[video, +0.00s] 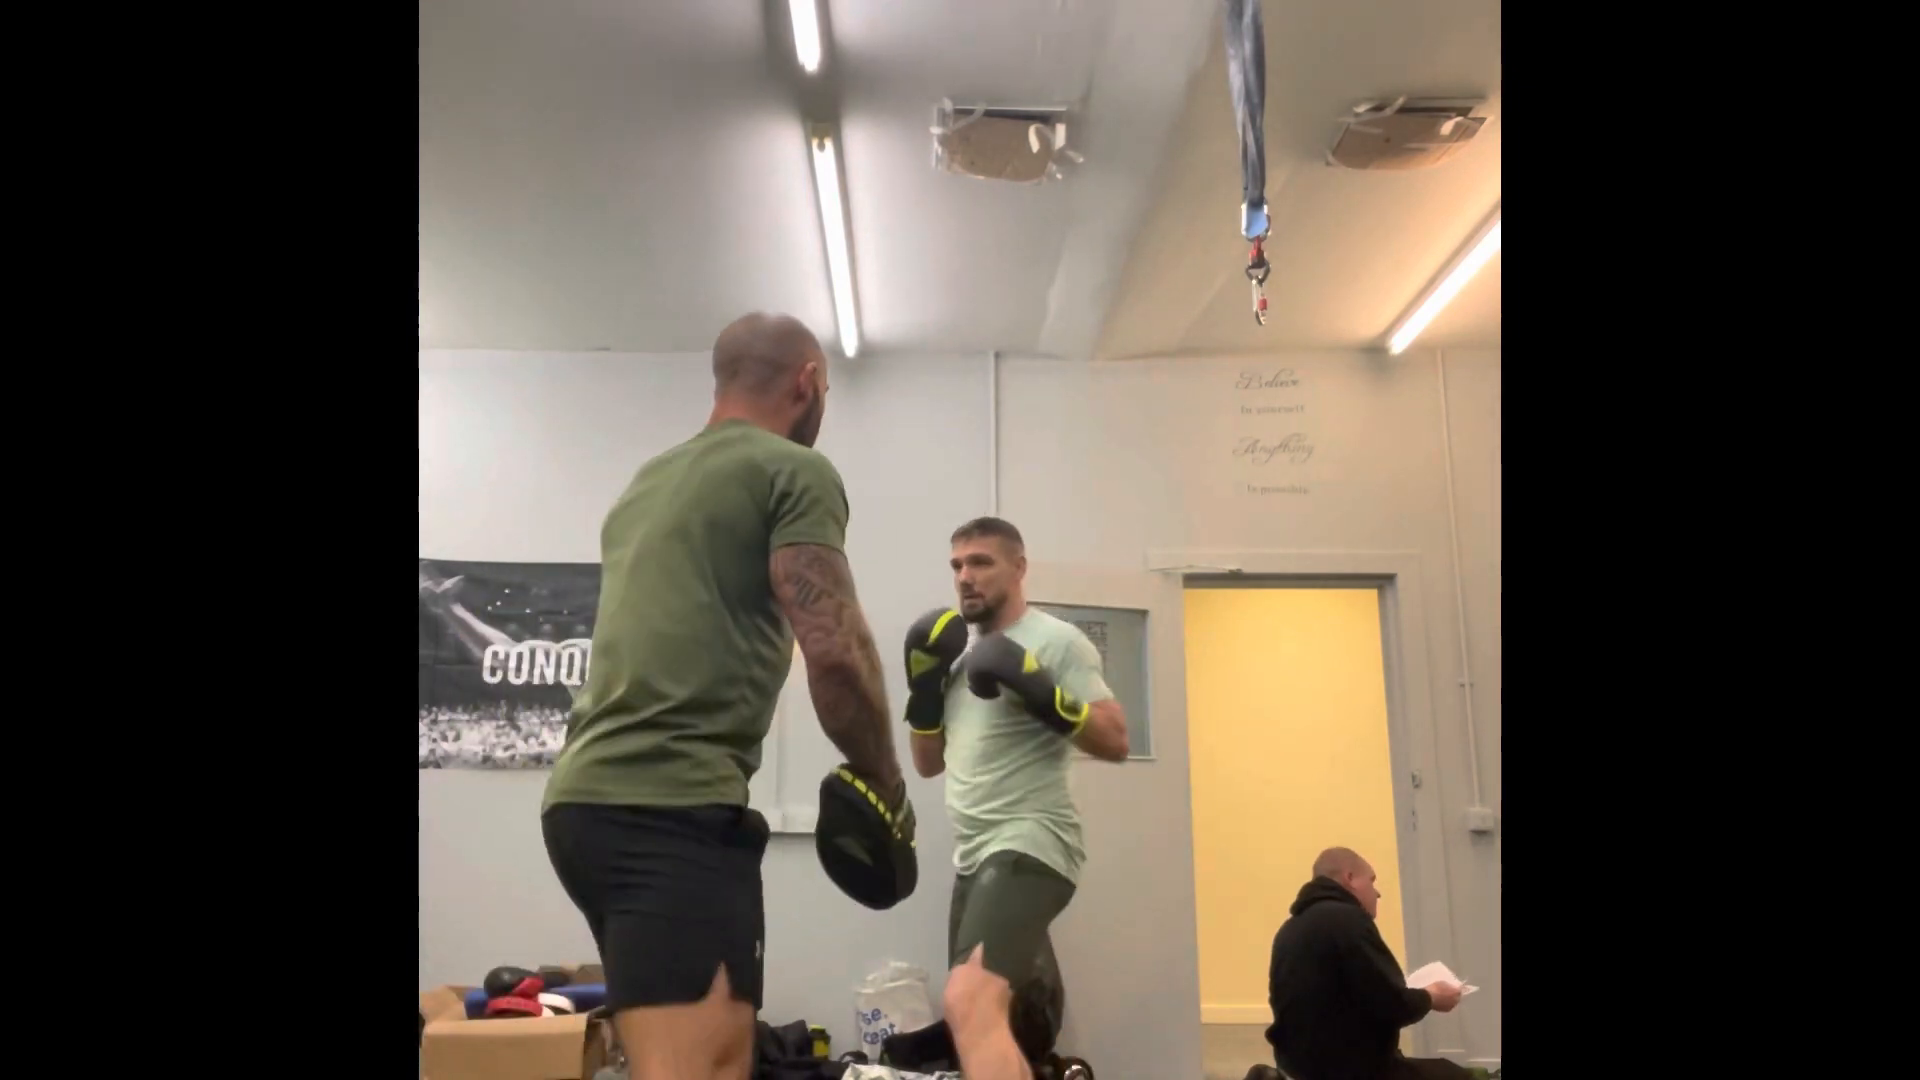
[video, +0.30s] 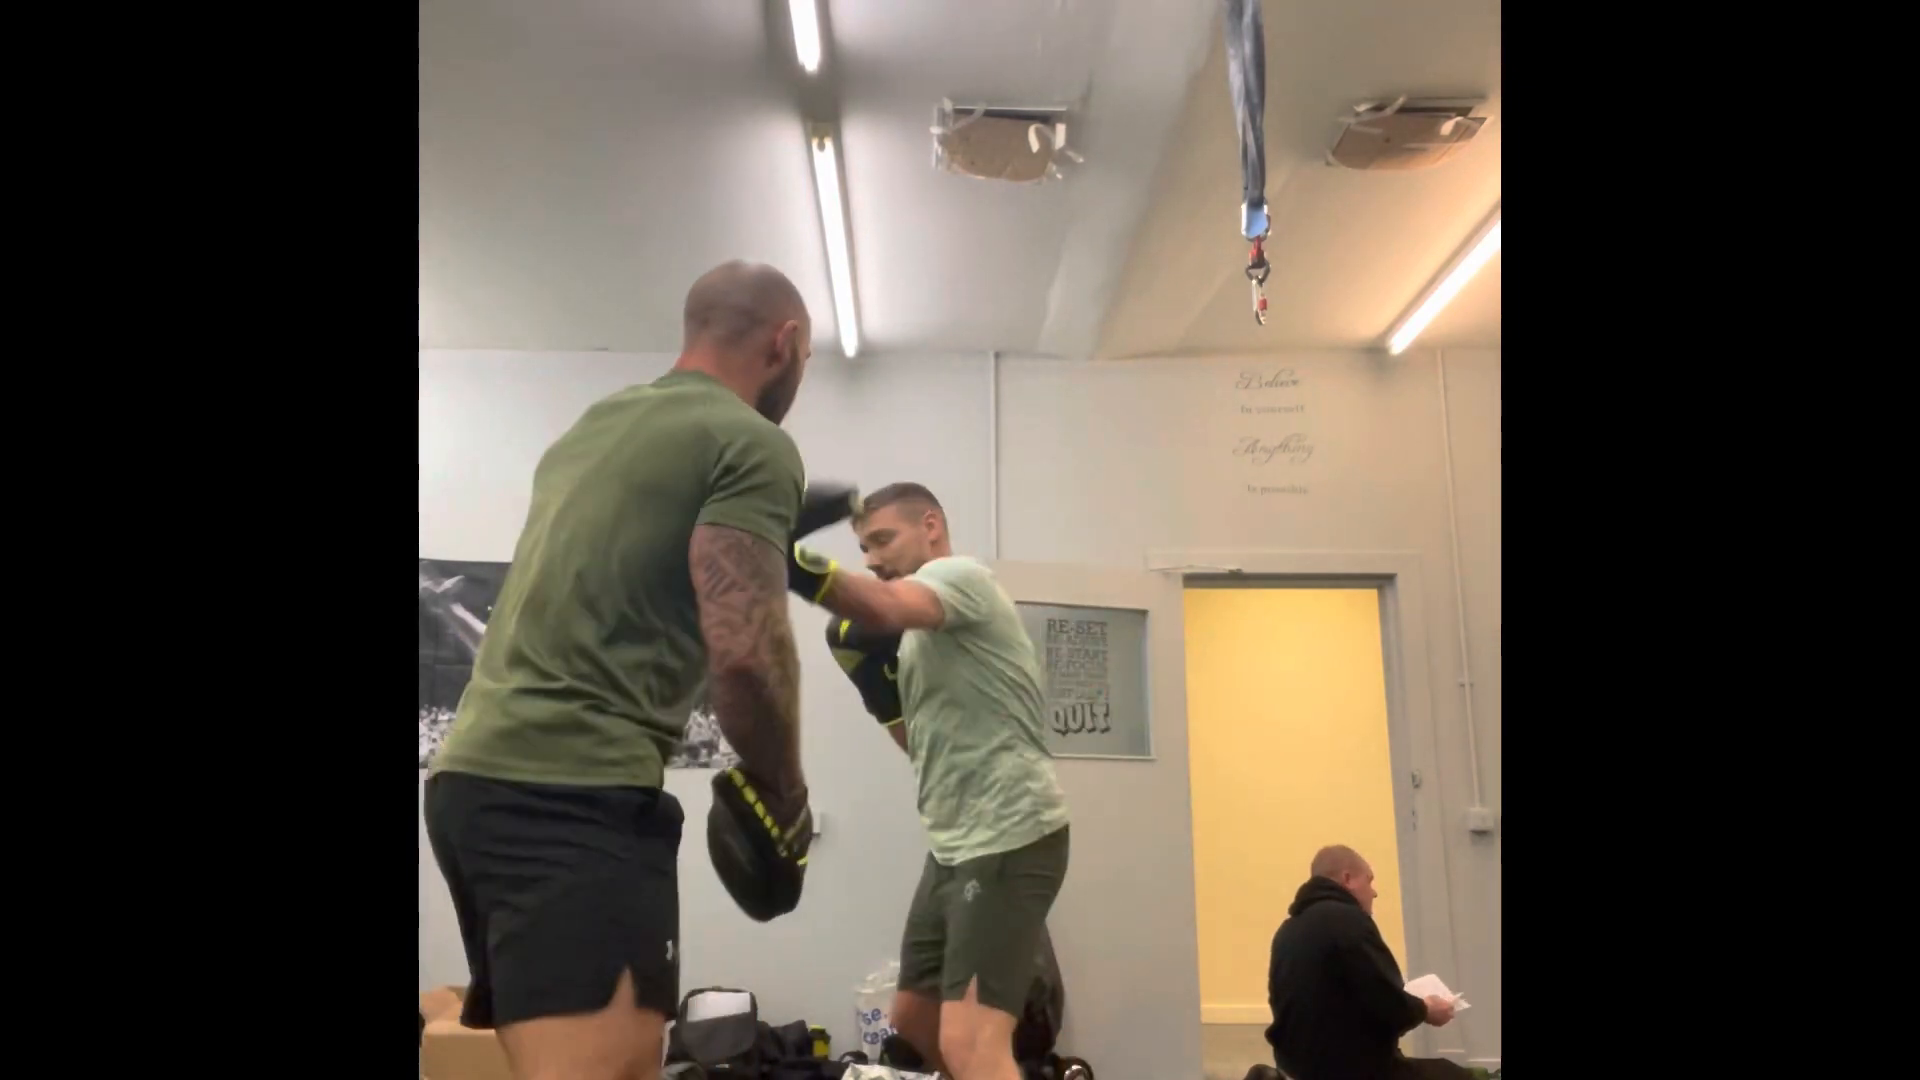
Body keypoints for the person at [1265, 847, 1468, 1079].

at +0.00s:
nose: (1377, 893)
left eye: (1374, 883)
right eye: (1372, 882)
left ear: (1325, 881)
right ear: (1349, 879)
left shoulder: (1288, 931)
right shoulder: (1347, 919)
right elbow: (1387, 1007)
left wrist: (1402, 992)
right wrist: (1430, 997)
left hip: (1302, 1069)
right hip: (1357, 1071)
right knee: (1456, 1072)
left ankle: (1273, 1075)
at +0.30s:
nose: (1375, 893)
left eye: (1372, 883)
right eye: (1370, 881)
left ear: (1320, 881)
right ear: (1347, 879)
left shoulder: (1287, 930)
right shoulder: (1347, 920)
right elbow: (1387, 1008)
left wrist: (1400, 1000)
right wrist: (1425, 1009)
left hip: (1302, 1068)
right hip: (1357, 1071)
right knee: (1454, 1072)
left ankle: (1271, 1075)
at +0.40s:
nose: (1376, 895)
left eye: (1374, 885)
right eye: (1371, 884)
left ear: (1326, 882)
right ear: (1347, 880)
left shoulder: (1288, 930)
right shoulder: (1350, 920)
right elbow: (1376, 1006)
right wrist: (1426, 1034)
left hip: (1302, 1067)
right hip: (1356, 1069)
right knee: (1460, 1072)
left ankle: (1272, 1074)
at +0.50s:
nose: (1377, 899)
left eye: (1376, 887)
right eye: (1373, 886)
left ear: (1323, 883)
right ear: (1352, 883)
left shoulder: (1290, 929)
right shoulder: (1352, 922)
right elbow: (1372, 1013)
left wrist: (1385, 1018)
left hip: (1299, 1065)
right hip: (1349, 1068)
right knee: (1449, 1070)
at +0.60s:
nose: (1381, 900)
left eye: (1380, 890)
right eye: (1378, 889)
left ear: (1329, 884)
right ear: (1356, 884)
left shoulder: (1292, 929)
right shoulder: (1357, 925)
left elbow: (1287, 1010)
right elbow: (1370, 1019)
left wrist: (1383, 1017)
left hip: (1299, 1066)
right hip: (1351, 1071)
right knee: (1450, 1071)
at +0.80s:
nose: (1397, 912)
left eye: (1399, 900)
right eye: (1396, 899)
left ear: (1349, 889)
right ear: (1374, 890)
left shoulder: (1306, 928)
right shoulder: (1374, 932)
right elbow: (1381, 1033)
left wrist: (1394, 1023)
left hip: (1296, 1065)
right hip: (1348, 1071)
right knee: (1450, 1071)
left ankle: (1276, 1074)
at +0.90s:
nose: (1410, 919)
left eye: (1412, 908)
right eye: (1409, 906)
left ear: (1360, 891)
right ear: (1389, 896)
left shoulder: (1319, 925)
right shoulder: (1384, 932)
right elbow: (1385, 1032)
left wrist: (1401, 1042)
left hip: (1295, 1060)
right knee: (1451, 1073)